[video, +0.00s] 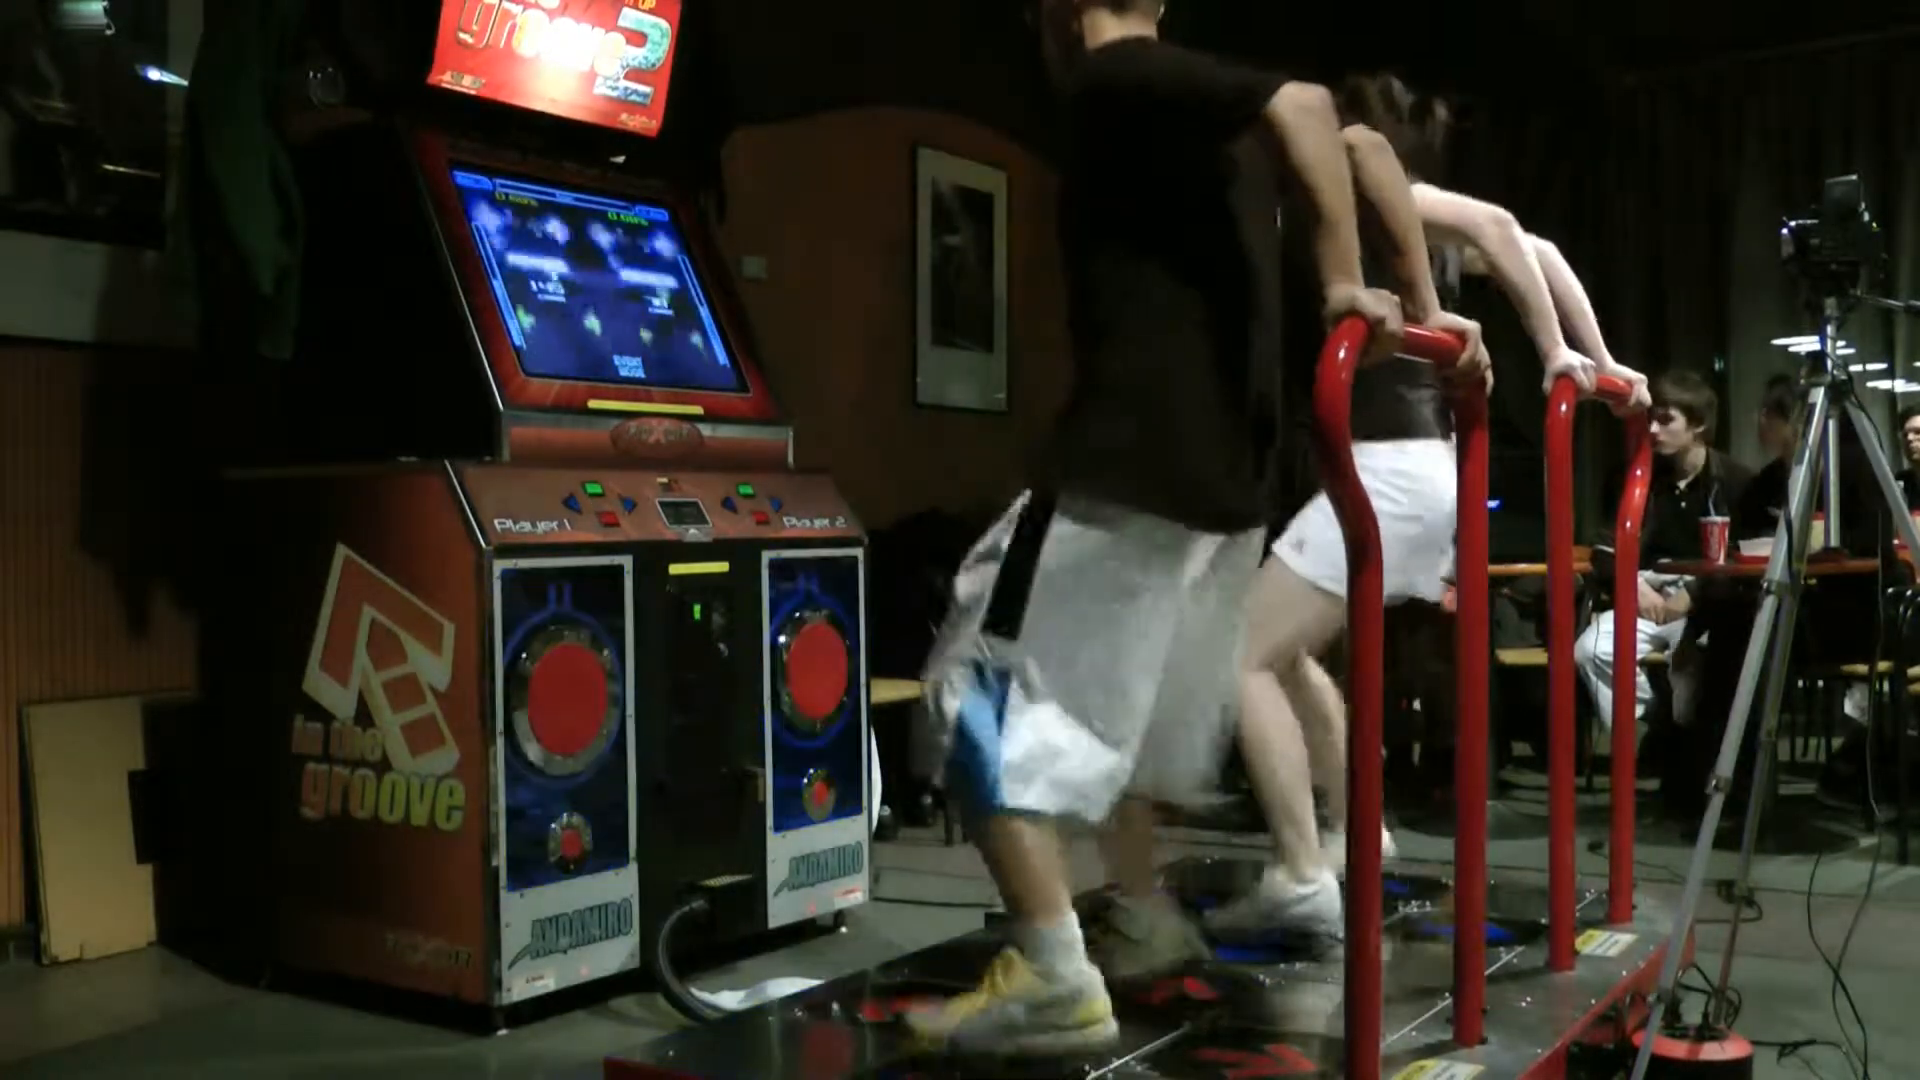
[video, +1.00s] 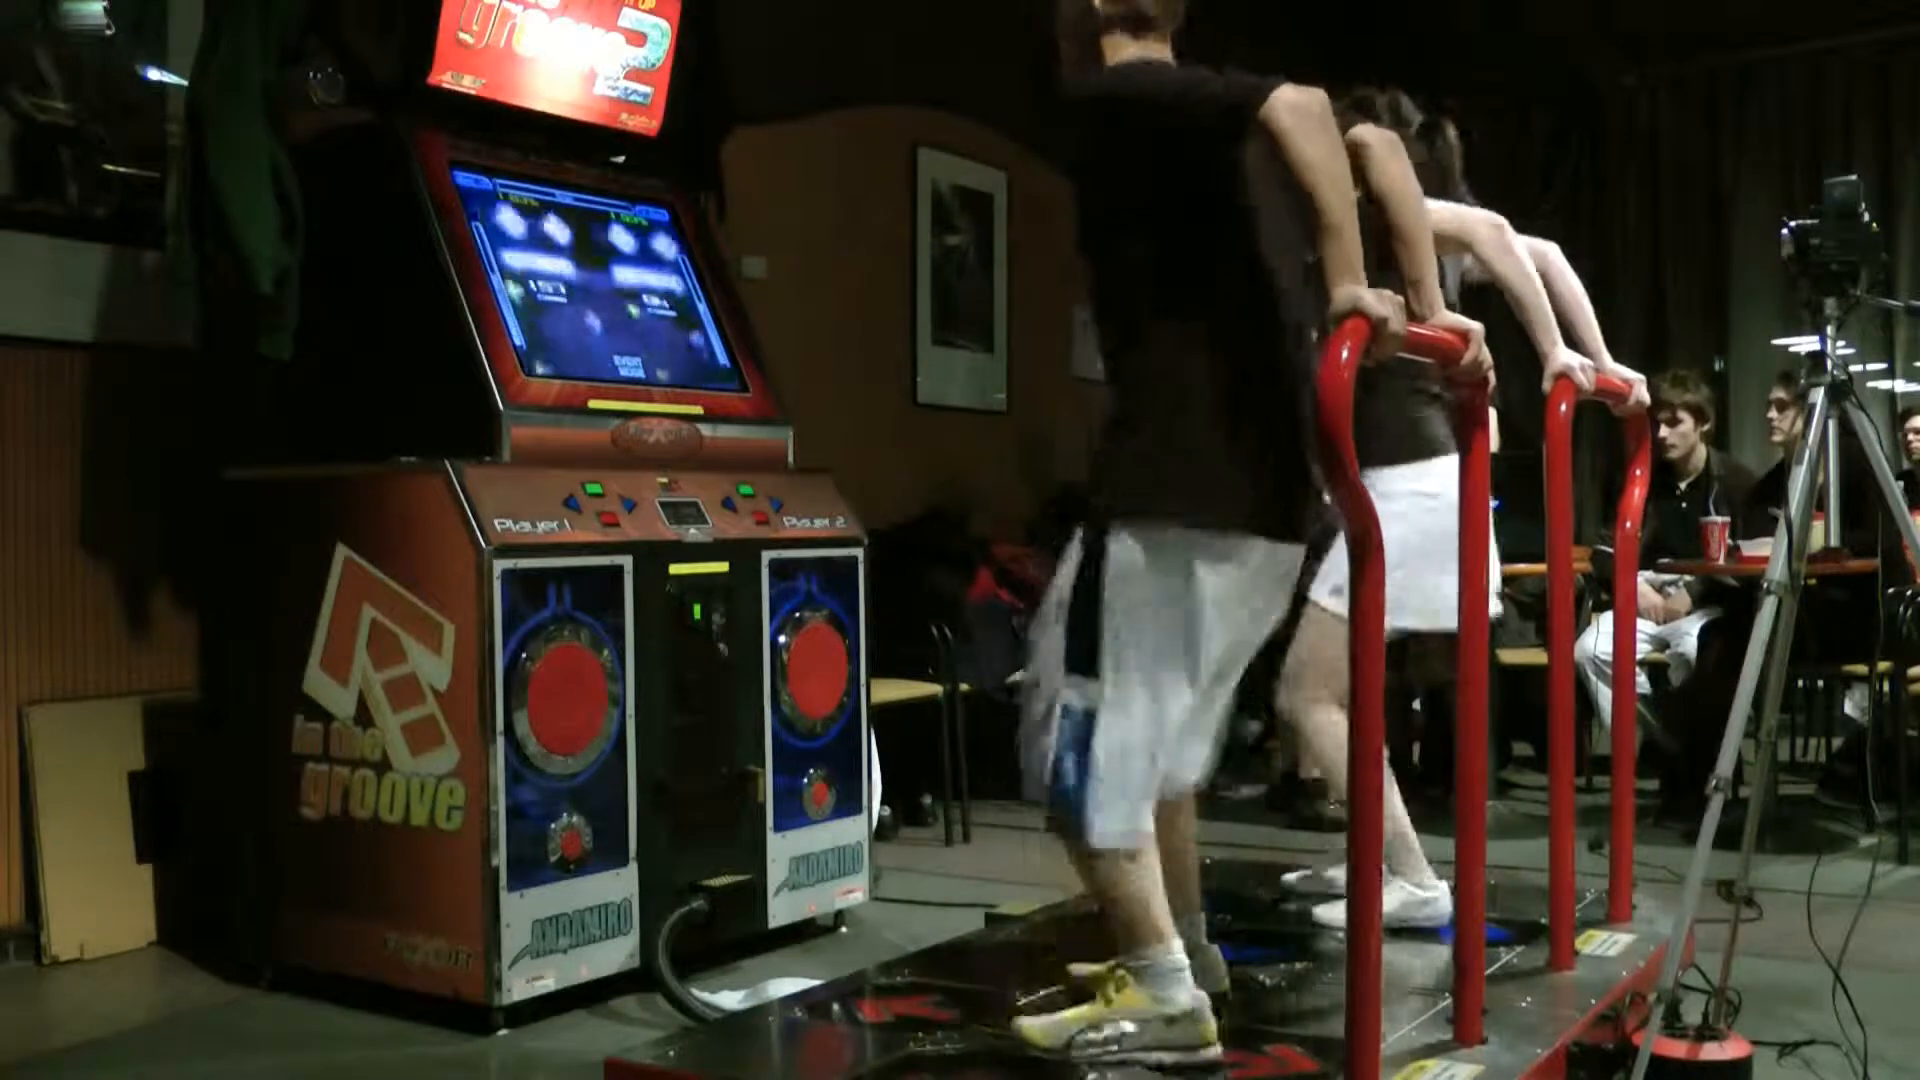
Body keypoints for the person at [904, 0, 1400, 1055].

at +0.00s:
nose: (1052, 37)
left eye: (1054, 22)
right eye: (1058, 24)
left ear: (1078, 14)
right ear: (1154, 15)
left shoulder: (1110, 79)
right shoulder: (1216, 87)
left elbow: (1297, 104)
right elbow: (1367, 142)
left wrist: (1344, 284)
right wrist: (1428, 313)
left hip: (1136, 451)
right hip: (1230, 460)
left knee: (975, 697)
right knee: (1122, 686)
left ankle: (1052, 969)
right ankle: (1143, 920)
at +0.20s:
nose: (1044, 41)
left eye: (1045, 26)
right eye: (1052, 28)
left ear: (1070, 20)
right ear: (1146, 22)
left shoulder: (1108, 85)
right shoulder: (1187, 94)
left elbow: (1291, 105)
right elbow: (1362, 142)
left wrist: (1340, 284)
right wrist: (1418, 307)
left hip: (1128, 462)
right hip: (1196, 470)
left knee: (978, 686)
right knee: (1032, 695)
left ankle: (1050, 998)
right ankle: (1010, 961)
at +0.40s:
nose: (1042, 44)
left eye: (1043, 28)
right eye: (1048, 30)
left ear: (1066, 22)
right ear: (1155, 29)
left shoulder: (1102, 96)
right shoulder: (1198, 107)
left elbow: (1282, 110)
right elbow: (1357, 146)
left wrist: (1341, 282)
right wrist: (1423, 316)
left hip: (1125, 478)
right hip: (1216, 487)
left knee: (978, 730)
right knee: (1114, 714)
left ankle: (1022, 1010)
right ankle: (1165, 942)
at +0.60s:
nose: (1061, 21)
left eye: (1066, 13)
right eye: (1067, 17)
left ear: (1092, 3)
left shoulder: (1126, 41)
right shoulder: (1257, 67)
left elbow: (1301, 93)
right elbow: (1363, 131)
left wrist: (1346, 281)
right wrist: (1411, 306)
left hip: (1119, 417)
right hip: (1231, 433)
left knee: (1014, 677)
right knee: (1157, 674)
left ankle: (1023, 967)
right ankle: (1157, 934)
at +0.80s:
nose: (1048, 34)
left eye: (1052, 18)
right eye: (1054, 20)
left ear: (1083, 13)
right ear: (1155, 11)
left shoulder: (1122, 73)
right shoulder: (1203, 78)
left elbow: (1305, 106)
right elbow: (1365, 139)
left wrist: (1347, 280)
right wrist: (1427, 312)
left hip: (1173, 445)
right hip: (1259, 449)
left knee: (1057, 706)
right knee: (1148, 703)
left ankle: (1070, 1005)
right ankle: (1189, 957)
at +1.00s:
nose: (1077, 39)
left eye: (1078, 27)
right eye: (1092, 28)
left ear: (1099, 24)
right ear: (1169, 28)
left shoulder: (1108, 99)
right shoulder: (1240, 111)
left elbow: (1295, 105)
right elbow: (1378, 138)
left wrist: (1348, 280)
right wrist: (1431, 304)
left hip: (1180, 470)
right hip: (1275, 478)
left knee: (1079, 733)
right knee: (1165, 734)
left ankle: (1162, 986)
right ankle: (1186, 969)